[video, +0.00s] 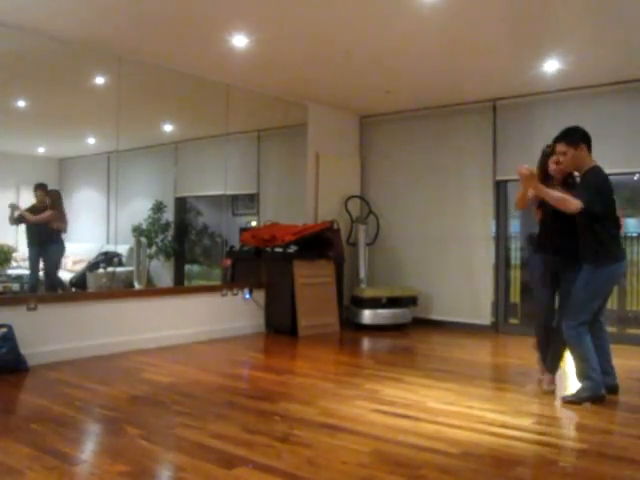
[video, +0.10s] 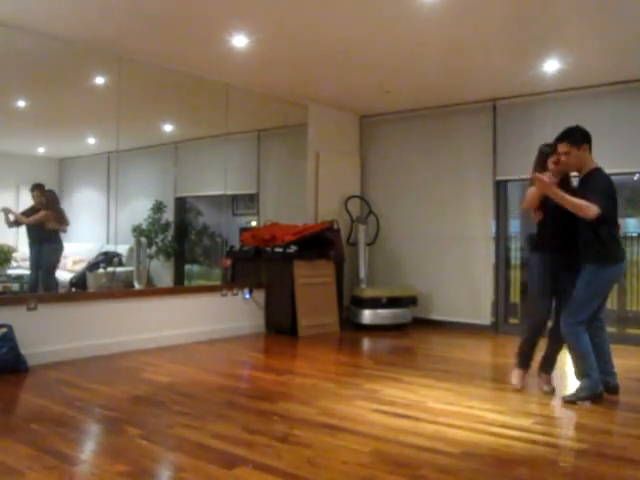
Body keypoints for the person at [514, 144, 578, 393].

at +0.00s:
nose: (558, 162)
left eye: (562, 158)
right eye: (553, 158)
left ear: (569, 163)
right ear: (545, 162)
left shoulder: (576, 187)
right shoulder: (541, 186)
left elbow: (590, 211)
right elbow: (521, 205)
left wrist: (614, 220)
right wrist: (527, 185)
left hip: (572, 256)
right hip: (545, 254)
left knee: (565, 314)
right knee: (543, 309)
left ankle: (551, 369)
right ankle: (544, 363)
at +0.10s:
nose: (559, 162)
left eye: (561, 158)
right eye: (553, 158)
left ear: (567, 160)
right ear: (544, 162)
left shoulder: (572, 185)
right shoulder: (539, 185)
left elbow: (587, 212)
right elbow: (529, 204)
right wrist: (546, 178)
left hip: (570, 254)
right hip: (543, 252)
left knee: (563, 319)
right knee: (540, 313)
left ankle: (546, 370)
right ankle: (521, 365)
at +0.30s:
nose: (556, 164)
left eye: (557, 159)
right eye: (551, 159)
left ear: (557, 162)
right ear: (539, 162)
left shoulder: (555, 189)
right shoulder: (534, 188)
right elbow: (543, 211)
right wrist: (570, 195)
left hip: (558, 258)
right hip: (539, 257)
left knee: (559, 316)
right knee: (532, 317)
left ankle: (540, 366)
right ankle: (508, 372)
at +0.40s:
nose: (554, 163)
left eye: (555, 158)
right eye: (549, 159)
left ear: (553, 162)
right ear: (536, 161)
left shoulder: (550, 188)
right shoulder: (531, 188)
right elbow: (551, 209)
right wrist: (582, 190)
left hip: (552, 258)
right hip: (535, 257)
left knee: (556, 315)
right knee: (531, 317)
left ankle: (538, 369)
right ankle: (512, 376)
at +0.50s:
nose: (549, 165)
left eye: (549, 159)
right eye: (544, 159)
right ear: (531, 160)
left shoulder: (539, 187)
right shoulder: (528, 189)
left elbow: (558, 199)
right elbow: (555, 205)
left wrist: (590, 182)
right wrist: (587, 185)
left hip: (543, 257)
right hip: (532, 257)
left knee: (549, 314)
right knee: (534, 317)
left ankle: (535, 369)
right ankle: (512, 378)